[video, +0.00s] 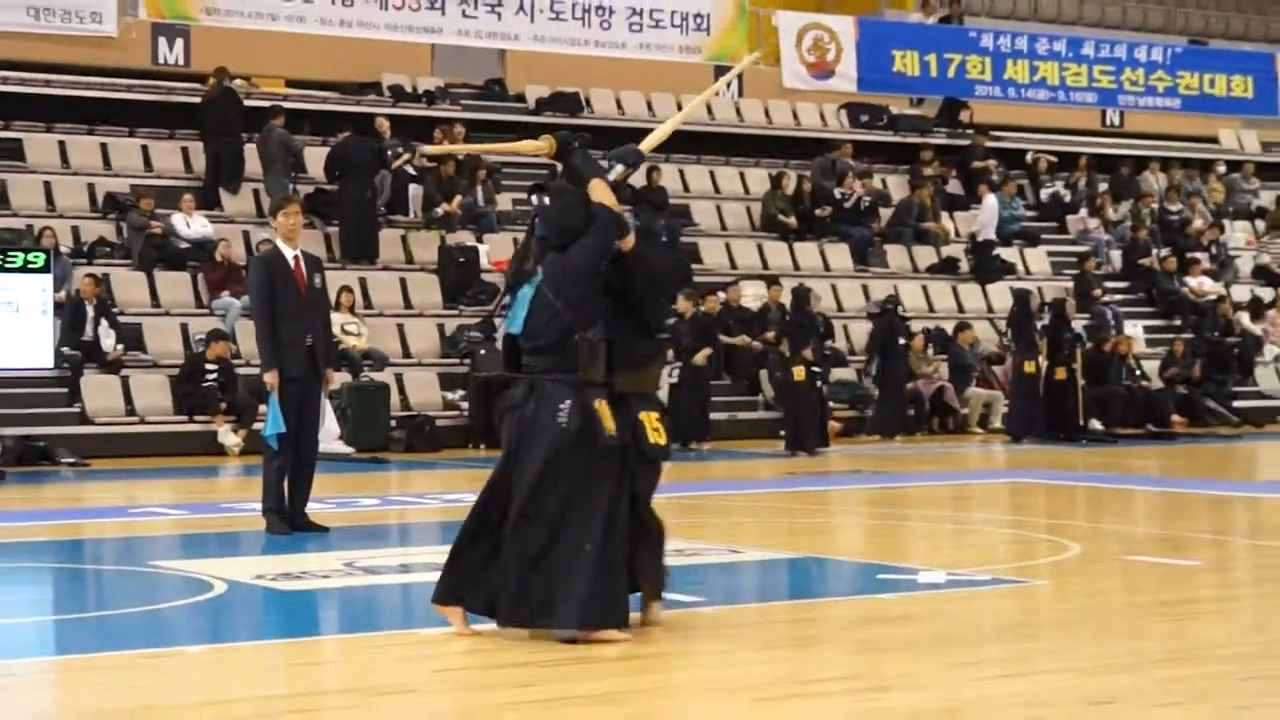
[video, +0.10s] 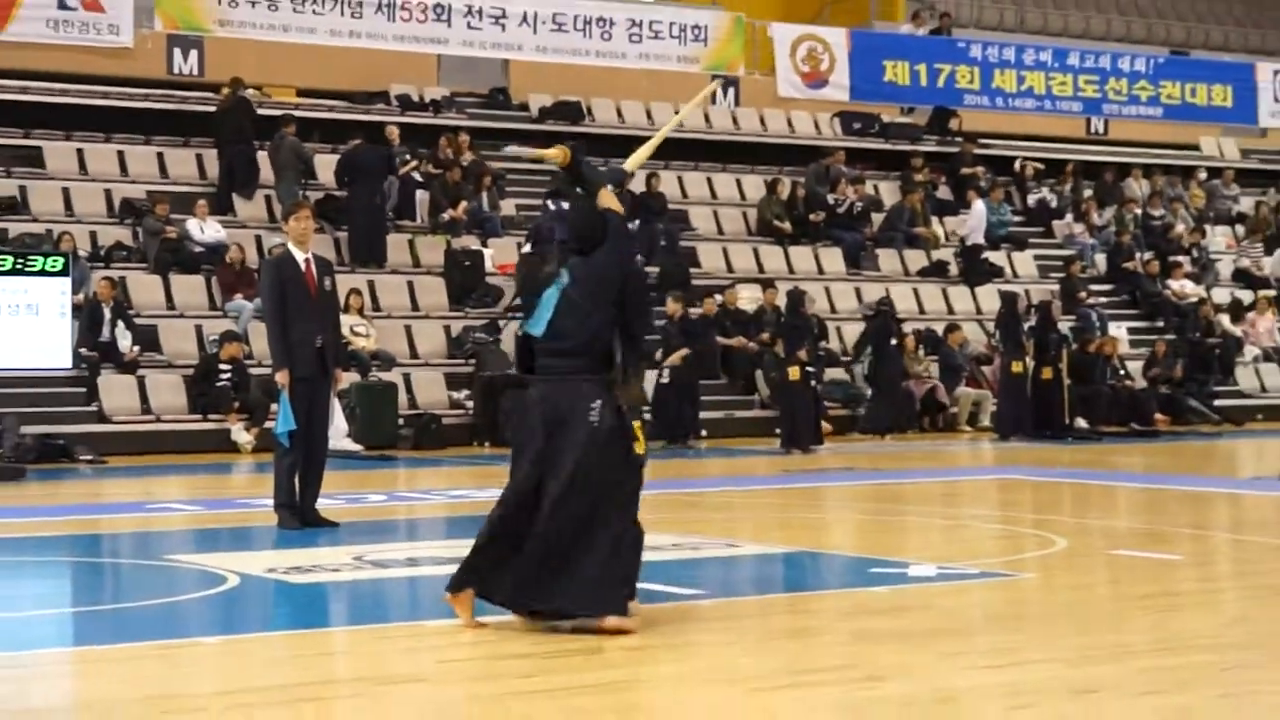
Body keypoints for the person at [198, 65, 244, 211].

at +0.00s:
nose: (228, 80)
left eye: (226, 77)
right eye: (228, 77)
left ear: (214, 78)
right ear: (227, 78)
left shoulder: (208, 95)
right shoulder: (231, 93)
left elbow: (203, 118)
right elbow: (241, 111)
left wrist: (205, 138)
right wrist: (239, 131)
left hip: (212, 138)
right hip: (230, 138)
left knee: (212, 172)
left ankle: (210, 204)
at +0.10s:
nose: (244, 90)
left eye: (242, 88)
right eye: (243, 88)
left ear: (230, 88)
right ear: (242, 88)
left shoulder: (223, 104)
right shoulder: (245, 103)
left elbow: (217, 126)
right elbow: (253, 122)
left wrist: (219, 145)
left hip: (226, 146)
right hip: (243, 146)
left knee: (225, 180)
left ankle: (224, 209)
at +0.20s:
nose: (254, 97)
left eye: (254, 95)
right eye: (253, 95)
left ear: (239, 94)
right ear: (251, 95)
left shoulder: (232, 109)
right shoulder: (253, 108)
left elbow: (227, 131)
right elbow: (263, 126)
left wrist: (228, 149)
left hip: (235, 151)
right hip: (252, 150)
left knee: (234, 184)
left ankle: (232, 213)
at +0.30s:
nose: (260, 101)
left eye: (260, 99)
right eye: (259, 99)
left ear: (246, 98)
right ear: (256, 98)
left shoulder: (237, 113)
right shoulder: (259, 112)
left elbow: (231, 133)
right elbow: (268, 131)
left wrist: (232, 149)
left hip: (239, 153)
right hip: (257, 153)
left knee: (237, 186)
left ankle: (234, 214)